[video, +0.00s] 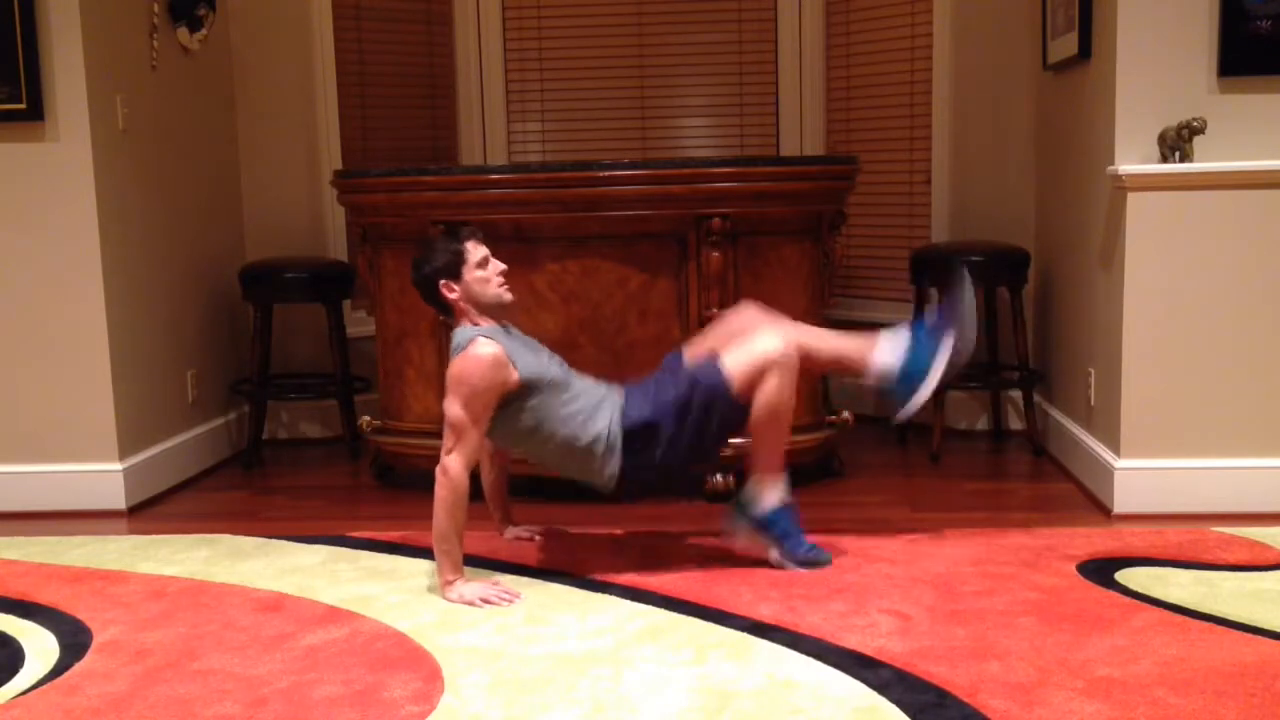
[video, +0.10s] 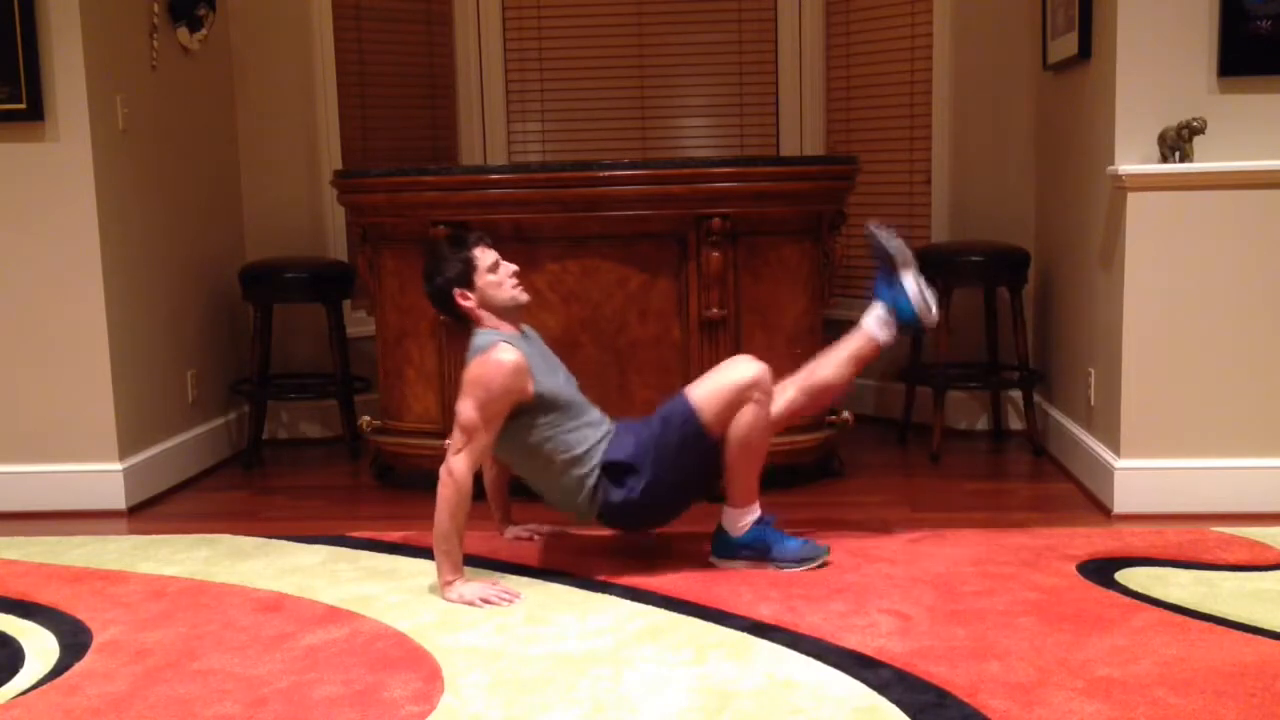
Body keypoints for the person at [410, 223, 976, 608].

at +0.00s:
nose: (500, 269)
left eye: (494, 260)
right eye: (484, 266)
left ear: (472, 284)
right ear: (452, 293)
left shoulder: (493, 337)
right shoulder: (476, 360)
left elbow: (487, 440)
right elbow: (452, 465)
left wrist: (499, 521)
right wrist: (451, 577)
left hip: (633, 412)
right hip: (633, 446)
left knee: (752, 316)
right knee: (772, 353)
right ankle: (761, 509)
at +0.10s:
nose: (510, 271)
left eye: (503, 263)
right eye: (494, 269)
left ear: (486, 291)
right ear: (467, 300)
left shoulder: (513, 340)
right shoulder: (492, 362)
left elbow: (492, 438)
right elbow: (456, 461)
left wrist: (500, 520)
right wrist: (447, 578)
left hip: (627, 459)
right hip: (620, 483)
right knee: (749, 376)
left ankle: (887, 317)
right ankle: (742, 529)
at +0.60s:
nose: (514, 273)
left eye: (508, 265)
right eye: (497, 270)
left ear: (489, 290)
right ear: (468, 298)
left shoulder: (512, 341)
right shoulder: (489, 364)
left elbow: (491, 439)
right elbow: (454, 465)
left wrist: (500, 519)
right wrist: (447, 578)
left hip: (621, 449)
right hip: (617, 485)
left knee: (744, 371)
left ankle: (763, 521)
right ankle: (903, 322)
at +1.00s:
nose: (506, 270)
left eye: (500, 261)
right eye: (490, 266)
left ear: (476, 285)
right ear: (456, 291)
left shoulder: (498, 339)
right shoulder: (476, 357)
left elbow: (489, 440)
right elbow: (450, 466)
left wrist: (498, 521)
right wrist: (449, 576)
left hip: (635, 413)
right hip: (630, 445)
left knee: (769, 321)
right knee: (770, 344)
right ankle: (798, 496)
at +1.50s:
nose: (500, 269)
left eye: (493, 260)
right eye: (484, 266)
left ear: (473, 283)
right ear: (451, 292)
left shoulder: (497, 341)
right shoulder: (469, 359)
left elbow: (488, 442)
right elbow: (448, 465)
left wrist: (498, 520)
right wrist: (447, 576)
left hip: (639, 408)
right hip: (633, 424)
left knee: (788, 350)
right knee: (776, 319)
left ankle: (757, 475)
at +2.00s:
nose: (499, 269)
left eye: (494, 259)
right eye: (482, 264)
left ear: (481, 277)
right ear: (449, 289)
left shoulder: (492, 337)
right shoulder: (468, 358)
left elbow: (486, 440)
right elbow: (445, 466)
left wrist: (499, 519)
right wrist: (448, 578)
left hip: (627, 420)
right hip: (621, 450)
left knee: (756, 317)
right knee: (753, 335)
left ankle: (887, 374)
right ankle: (807, 484)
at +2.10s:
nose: (517, 271)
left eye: (510, 262)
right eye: (500, 268)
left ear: (495, 287)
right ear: (470, 295)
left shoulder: (517, 338)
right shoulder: (489, 361)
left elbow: (494, 435)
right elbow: (453, 463)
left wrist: (500, 519)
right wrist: (446, 578)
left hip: (627, 464)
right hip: (615, 488)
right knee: (742, 378)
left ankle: (886, 317)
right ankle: (764, 529)